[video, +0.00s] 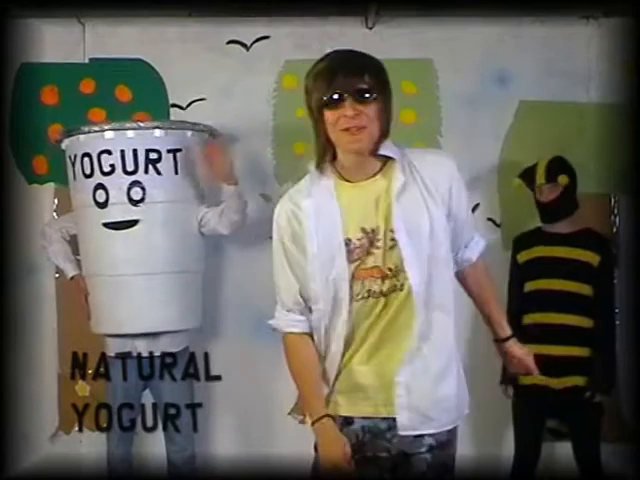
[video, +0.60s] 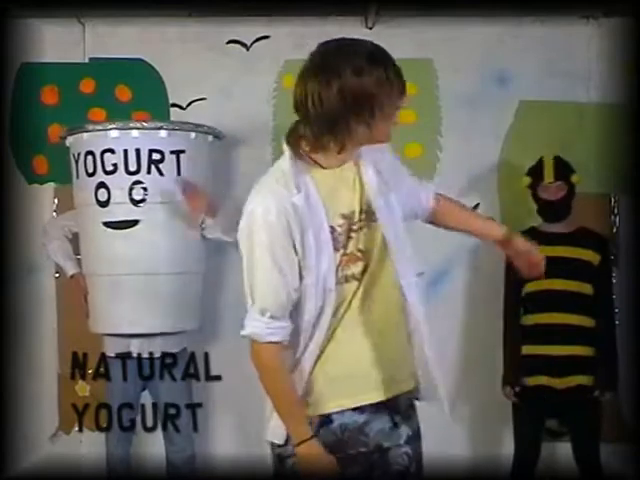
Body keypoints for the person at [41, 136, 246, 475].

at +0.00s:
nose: (136, 193)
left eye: (145, 186)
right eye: (129, 186)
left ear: (159, 187)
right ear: (118, 187)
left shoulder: (178, 214)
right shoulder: (105, 216)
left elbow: (228, 221)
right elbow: (53, 229)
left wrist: (228, 180)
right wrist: (75, 274)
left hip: (172, 342)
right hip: (122, 344)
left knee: (181, 432)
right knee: (121, 432)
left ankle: (184, 477)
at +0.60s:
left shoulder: (179, 218)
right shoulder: (106, 214)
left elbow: (236, 235)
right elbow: (54, 228)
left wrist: (209, 215)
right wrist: (75, 273)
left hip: (172, 337)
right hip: (121, 340)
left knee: (179, 432)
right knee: (120, 429)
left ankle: (183, 477)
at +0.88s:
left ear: (163, 191)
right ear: (121, 193)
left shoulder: (180, 222)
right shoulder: (106, 217)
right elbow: (58, 228)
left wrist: (205, 293)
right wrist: (75, 274)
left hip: (171, 349)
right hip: (120, 351)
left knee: (181, 447)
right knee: (118, 448)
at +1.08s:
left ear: (164, 193)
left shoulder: (181, 222)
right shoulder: (107, 218)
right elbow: (59, 228)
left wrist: (207, 293)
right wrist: (77, 275)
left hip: (171, 350)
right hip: (120, 351)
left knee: (182, 448)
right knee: (118, 450)